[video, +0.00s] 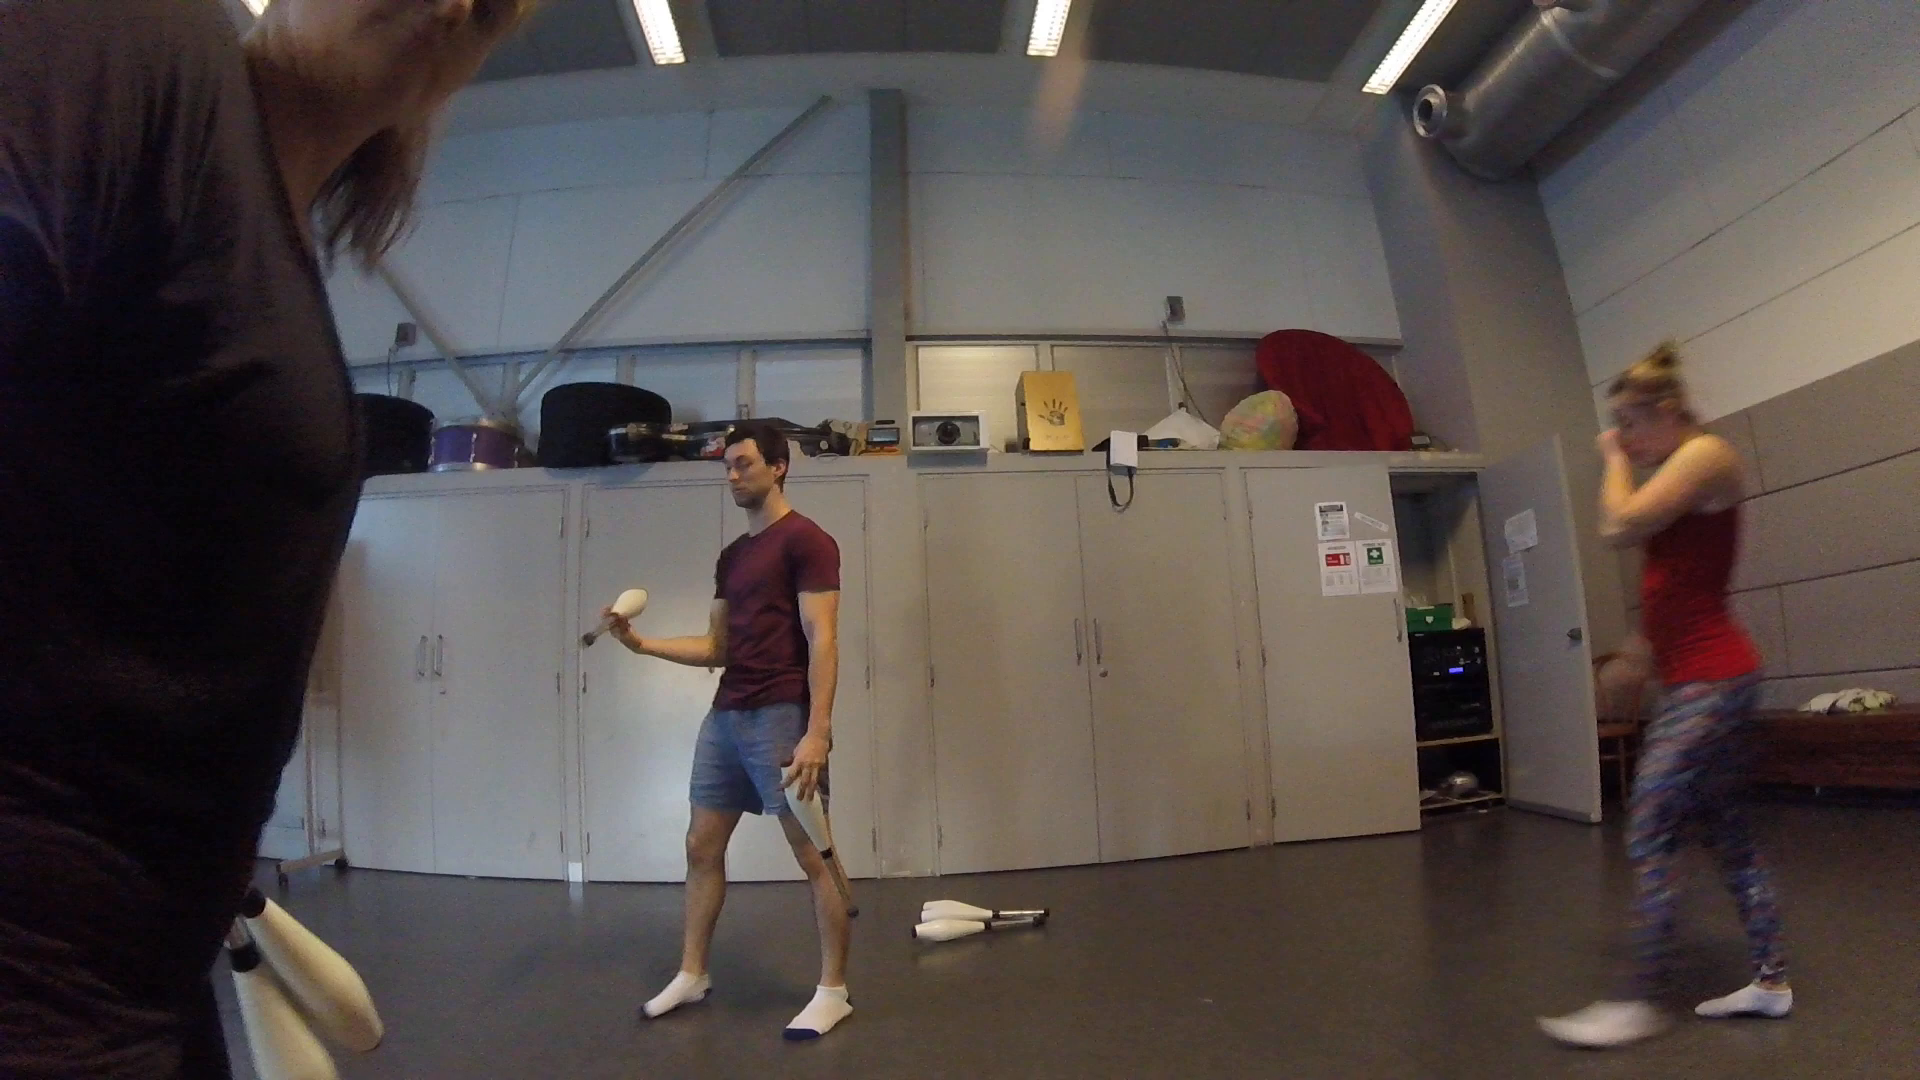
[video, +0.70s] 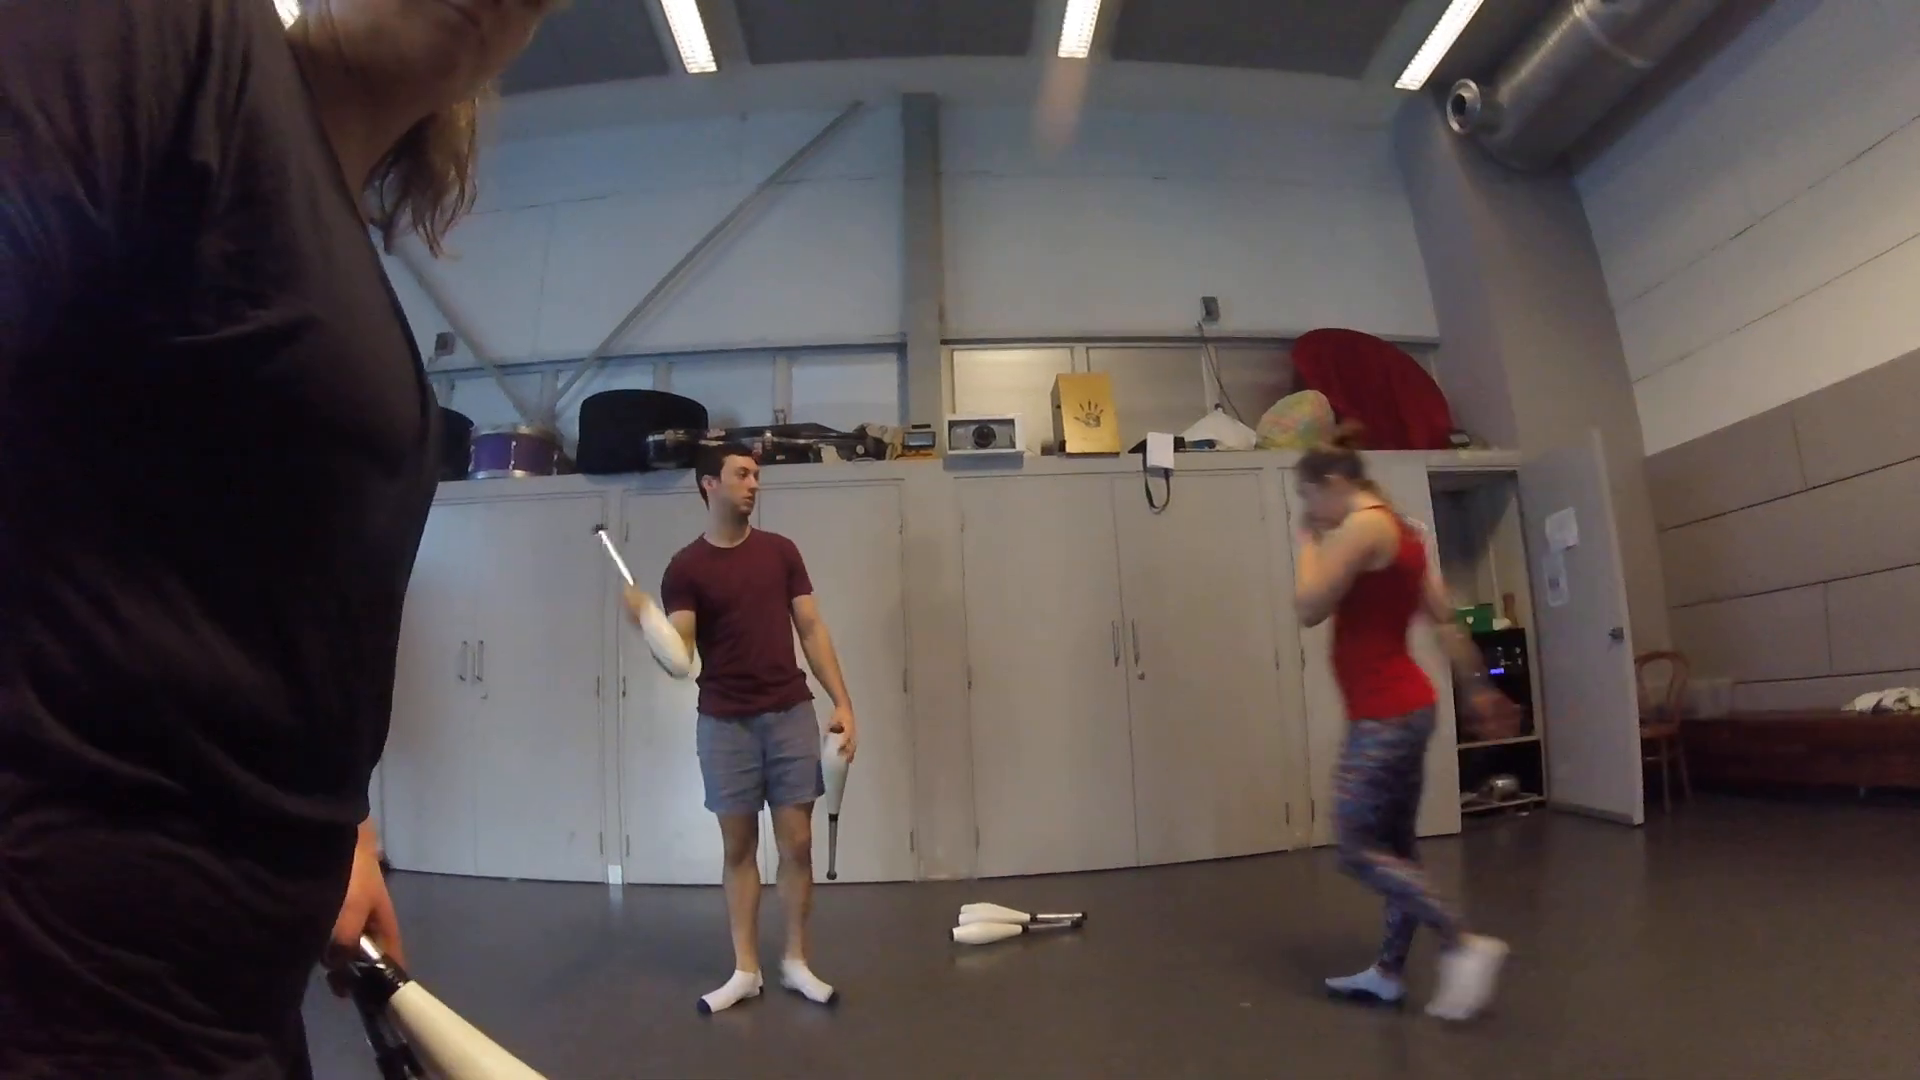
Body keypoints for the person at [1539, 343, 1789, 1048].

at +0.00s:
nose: (1624, 437)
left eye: (1636, 421)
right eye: (1620, 425)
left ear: (1674, 411)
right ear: (1629, 428)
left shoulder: (1707, 455)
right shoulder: (1670, 470)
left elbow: (1620, 522)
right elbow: (1676, 581)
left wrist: (1611, 456)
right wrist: (1638, 657)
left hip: (1712, 676)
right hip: (1691, 675)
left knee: (1650, 828)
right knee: (1728, 829)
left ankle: (1640, 997)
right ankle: (1770, 980)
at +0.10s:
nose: (1570, 457)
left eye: (1576, 444)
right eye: (1567, 447)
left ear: (1614, 431)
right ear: (1599, 436)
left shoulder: (1651, 472)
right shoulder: (1626, 485)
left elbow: (1564, 539)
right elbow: (1612, 603)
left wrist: (1560, 471)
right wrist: (1544, 642)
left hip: (1652, 693)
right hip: (1640, 691)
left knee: (1606, 843)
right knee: (1684, 836)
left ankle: (1557, 1002)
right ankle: (1763, 973)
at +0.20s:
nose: (1515, 463)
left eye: (1521, 449)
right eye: (1512, 451)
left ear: (1555, 438)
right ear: (1555, 442)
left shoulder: (1590, 479)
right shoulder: (1577, 486)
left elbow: (1508, 544)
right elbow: (1568, 605)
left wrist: (1500, 483)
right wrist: (1507, 651)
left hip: (1588, 694)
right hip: (1594, 689)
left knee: (1555, 842)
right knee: (1598, 841)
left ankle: (1552, 1004)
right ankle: (1709, 943)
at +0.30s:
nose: (1458, 470)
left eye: (1462, 457)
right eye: (1455, 459)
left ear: (1493, 444)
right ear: (1496, 446)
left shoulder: (1528, 485)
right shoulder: (1526, 487)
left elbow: (1445, 543)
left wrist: (1445, 486)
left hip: (1538, 692)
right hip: (1534, 687)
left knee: (1523, 841)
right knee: (1518, 830)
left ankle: (1549, 1003)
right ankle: (1595, 941)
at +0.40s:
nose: (1406, 476)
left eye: (1410, 465)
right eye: (1404, 466)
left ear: (1438, 451)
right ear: (1452, 451)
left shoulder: (1466, 493)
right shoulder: (1497, 499)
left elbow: (1389, 555)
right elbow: (1531, 612)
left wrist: (1399, 497)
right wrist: (1556, 688)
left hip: (1493, 701)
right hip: (1487, 697)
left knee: (1498, 841)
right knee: (1440, 825)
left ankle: (1545, 999)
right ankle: (1461, 969)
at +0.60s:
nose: (1347, 504)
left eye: (1350, 490)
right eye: (1347, 492)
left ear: (1378, 478)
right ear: (1391, 478)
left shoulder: (1404, 518)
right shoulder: (1450, 526)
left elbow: (1337, 589)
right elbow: (1507, 607)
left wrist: (1347, 530)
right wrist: (1560, 669)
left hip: (1427, 711)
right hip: (1435, 705)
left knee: (1428, 846)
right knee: (1414, 844)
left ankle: (1552, 969)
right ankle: (1389, 969)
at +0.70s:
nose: (1310, 510)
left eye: (1311, 498)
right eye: (1307, 499)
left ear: (1336, 484)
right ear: (1349, 482)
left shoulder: (1362, 526)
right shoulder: (1403, 530)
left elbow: (1308, 602)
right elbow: (1445, 618)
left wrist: (1306, 539)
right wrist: (1476, 686)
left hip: (1382, 711)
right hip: (1408, 703)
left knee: (1356, 847)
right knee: (1394, 842)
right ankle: (1388, 972)